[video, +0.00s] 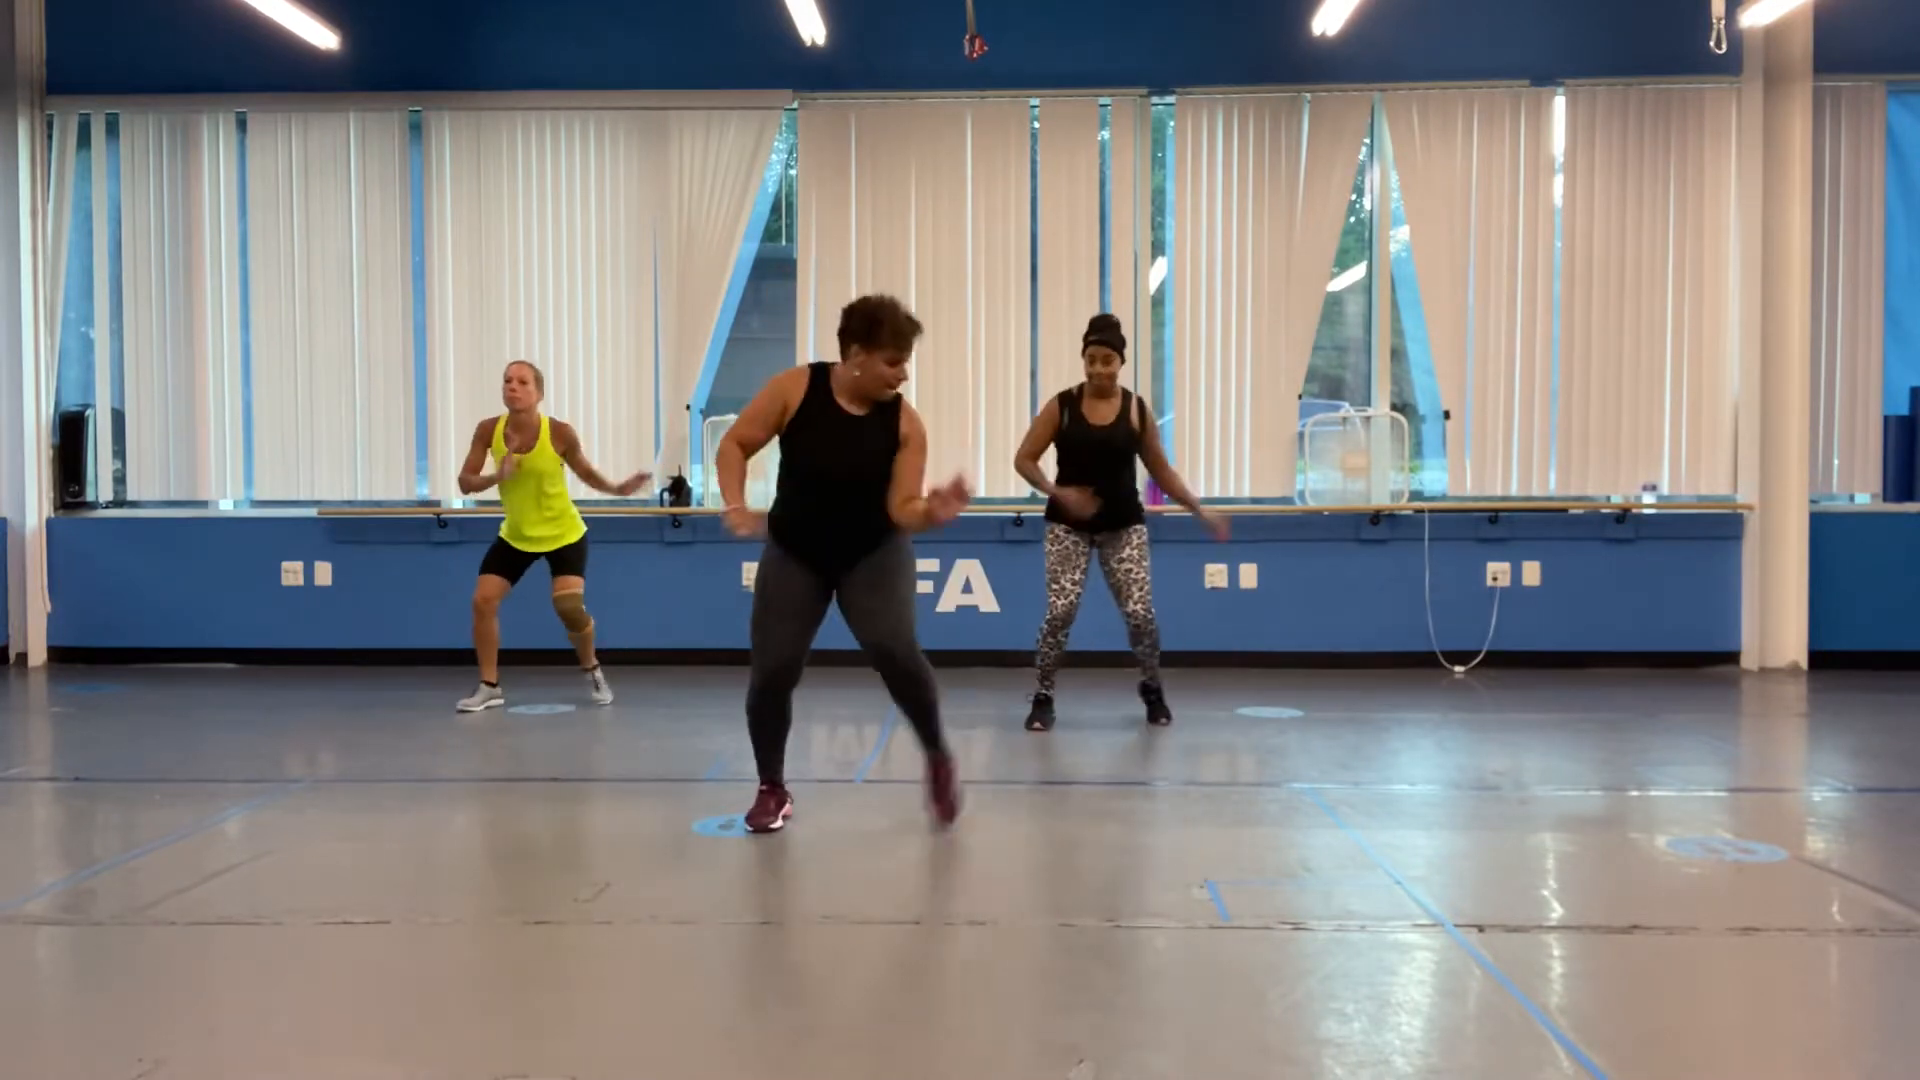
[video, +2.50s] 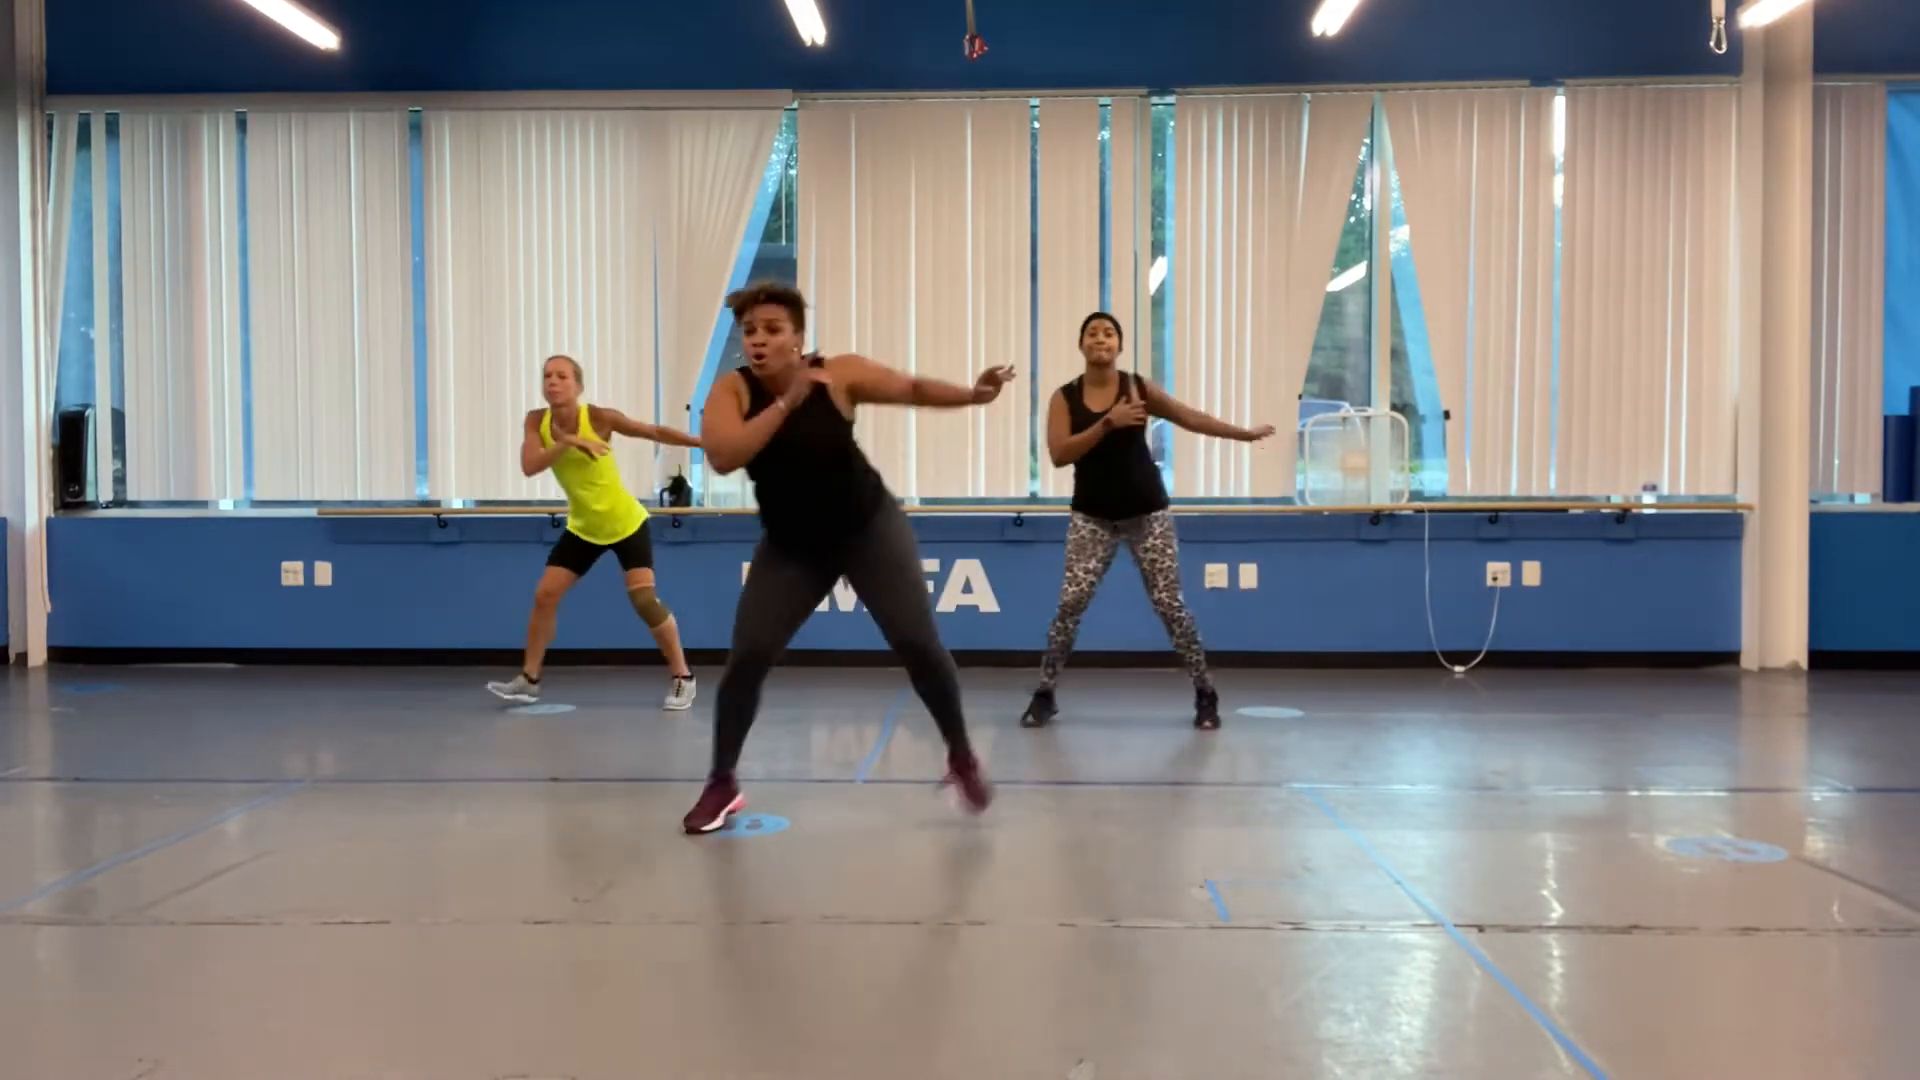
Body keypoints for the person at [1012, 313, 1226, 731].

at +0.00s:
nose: (1101, 370)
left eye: (1109, 361)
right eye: (1094, 361)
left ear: (1121, 362)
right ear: (1083, 360)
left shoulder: (1136, 410)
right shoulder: (1061, 407)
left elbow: (1161, 469)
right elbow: (1024, 460)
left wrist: (1199, 510)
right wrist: (1056, 491)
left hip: (1123, 527)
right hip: (1069, 527)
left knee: (1139, 613)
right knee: (1061, 611)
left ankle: (1152, 690)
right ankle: (1043, 697)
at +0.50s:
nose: (1166, 364)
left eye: (1174, 355)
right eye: (1159, 356)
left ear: (1188, 353)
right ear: (1150, 356)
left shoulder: (1208, 398)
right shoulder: (1131, 398)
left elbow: (1220, 459)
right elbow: (1085, 436)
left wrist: (1163, 455)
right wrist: (1037, 439)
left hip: (1192, 518)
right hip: (1137, 518)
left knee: (1228, 600)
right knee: (1141, 610)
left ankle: (1219, 683)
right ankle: (1118, 697)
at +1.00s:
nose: (1194, 360)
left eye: (1201, 352)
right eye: (1186, 354)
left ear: (1216, 355)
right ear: (1178, 361)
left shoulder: (1243, 403)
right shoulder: (1166, 415)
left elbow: (1279, 460)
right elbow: (1160, 486)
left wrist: (1315, 508)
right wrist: (1185, 531)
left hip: (1240, 524)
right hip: (1184, 524)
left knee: (1254, 610)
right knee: (1156, 606)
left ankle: (1283, 702)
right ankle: (1136, 689)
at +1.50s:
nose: (1172, 354)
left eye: (1180, 347)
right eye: (1163, 350)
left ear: (1193, 356)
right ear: (1153, 362)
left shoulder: (1217, 407)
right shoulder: (1136, 410)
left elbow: (1234, 466)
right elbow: (1086, 444)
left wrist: (1207, 509)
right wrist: (1059, 476)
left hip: (1199, 519)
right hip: (1145, 520)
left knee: (1220, 603)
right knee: (1137, 608)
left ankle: (1244, 687)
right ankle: (1112, 696)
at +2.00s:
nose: (1175, 342)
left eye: (1182, 336)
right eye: (1166, 338)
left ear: (1195, 346)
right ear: (1156, 351)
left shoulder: (1216, 395)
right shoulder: (1141, 404)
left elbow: (1258, 444)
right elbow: (1134, 471)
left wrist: (1310, 477)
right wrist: (1191, 483)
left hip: (1213, 518)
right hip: (1156, 519)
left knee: (1228, 607)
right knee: (1132, 601)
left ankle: (1264, 700)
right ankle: (1115, 681)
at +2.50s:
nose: (1100, 341)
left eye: (1108, 335)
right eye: (1093, 335)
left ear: (1119, 346)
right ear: (1080, 346)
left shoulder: (1138, 390)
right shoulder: (1064, 398)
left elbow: (1192, 419)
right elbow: (1059, 455)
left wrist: (1245, 434)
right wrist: (1108, 422)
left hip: (1148, 515)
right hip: (1092, 518)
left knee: (1168, 604)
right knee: (1071, 602)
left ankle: (1205, 693)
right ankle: (1044, 694)